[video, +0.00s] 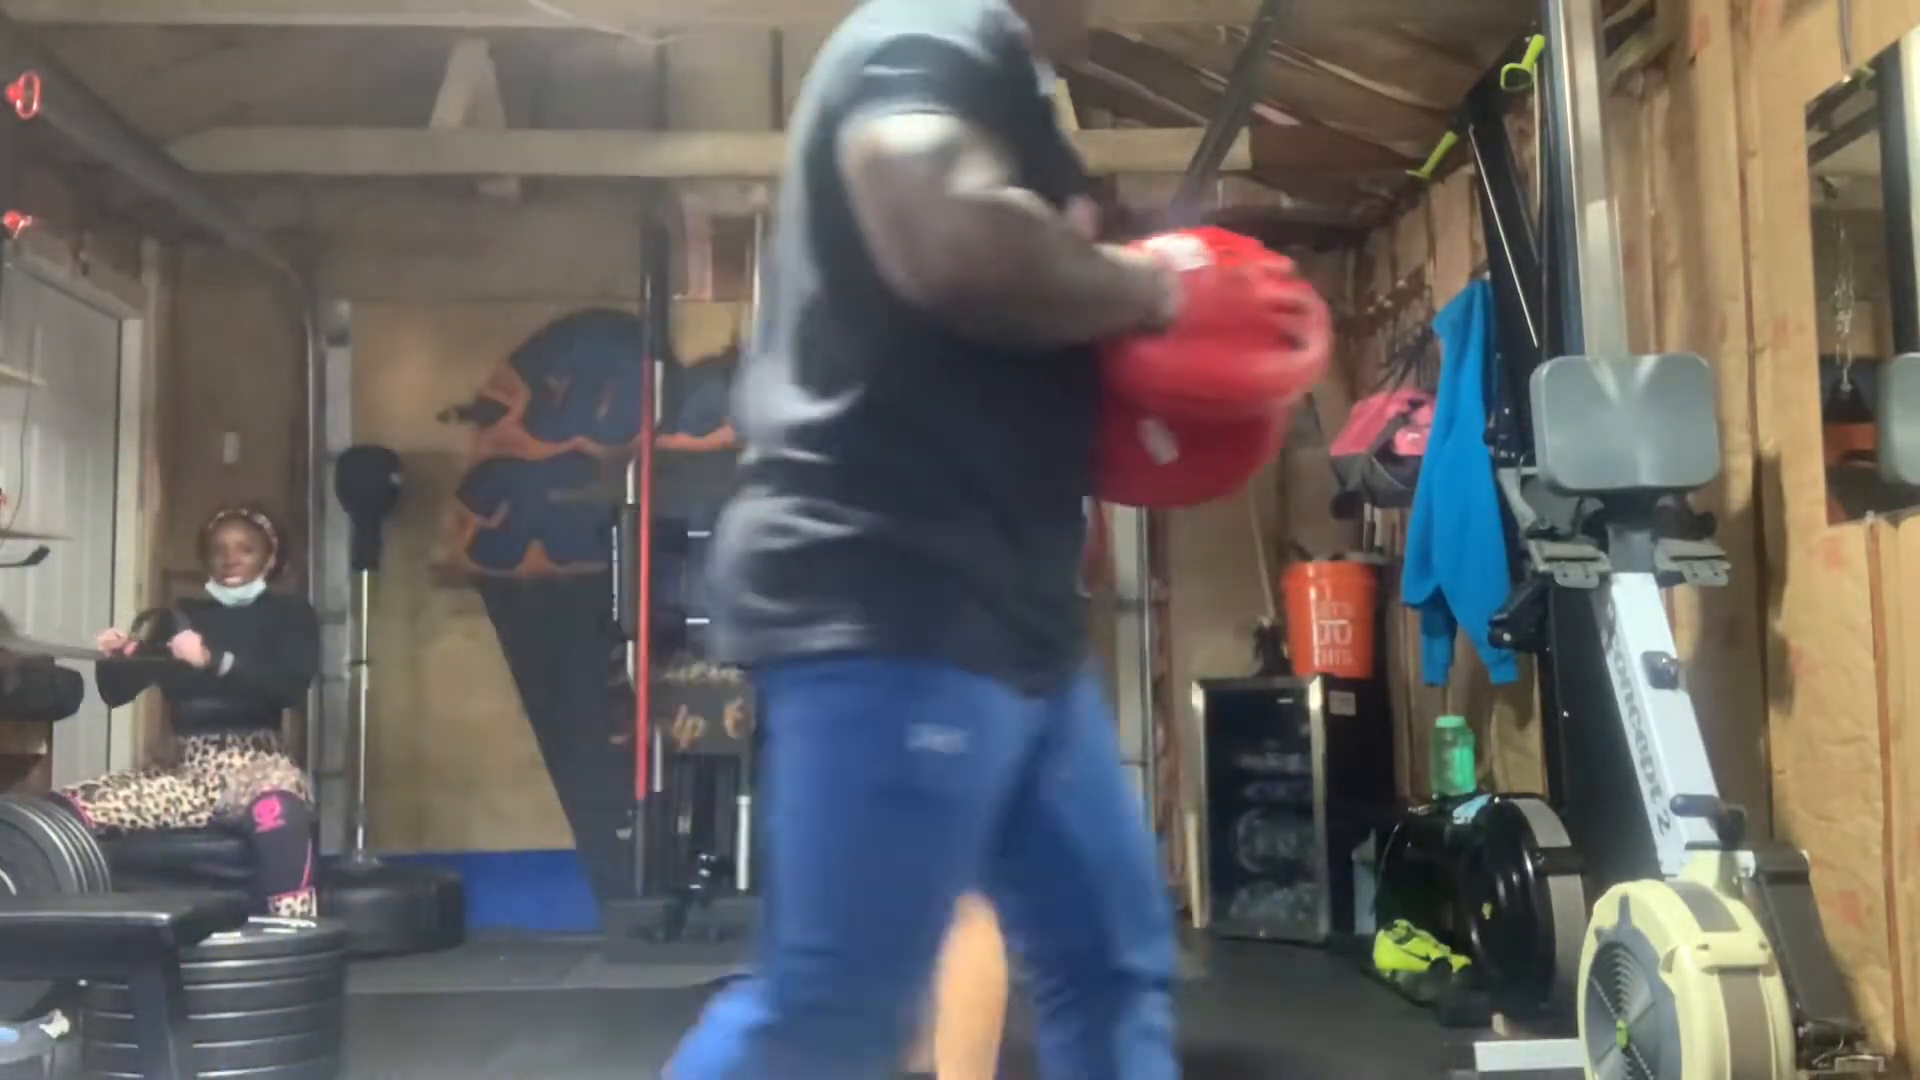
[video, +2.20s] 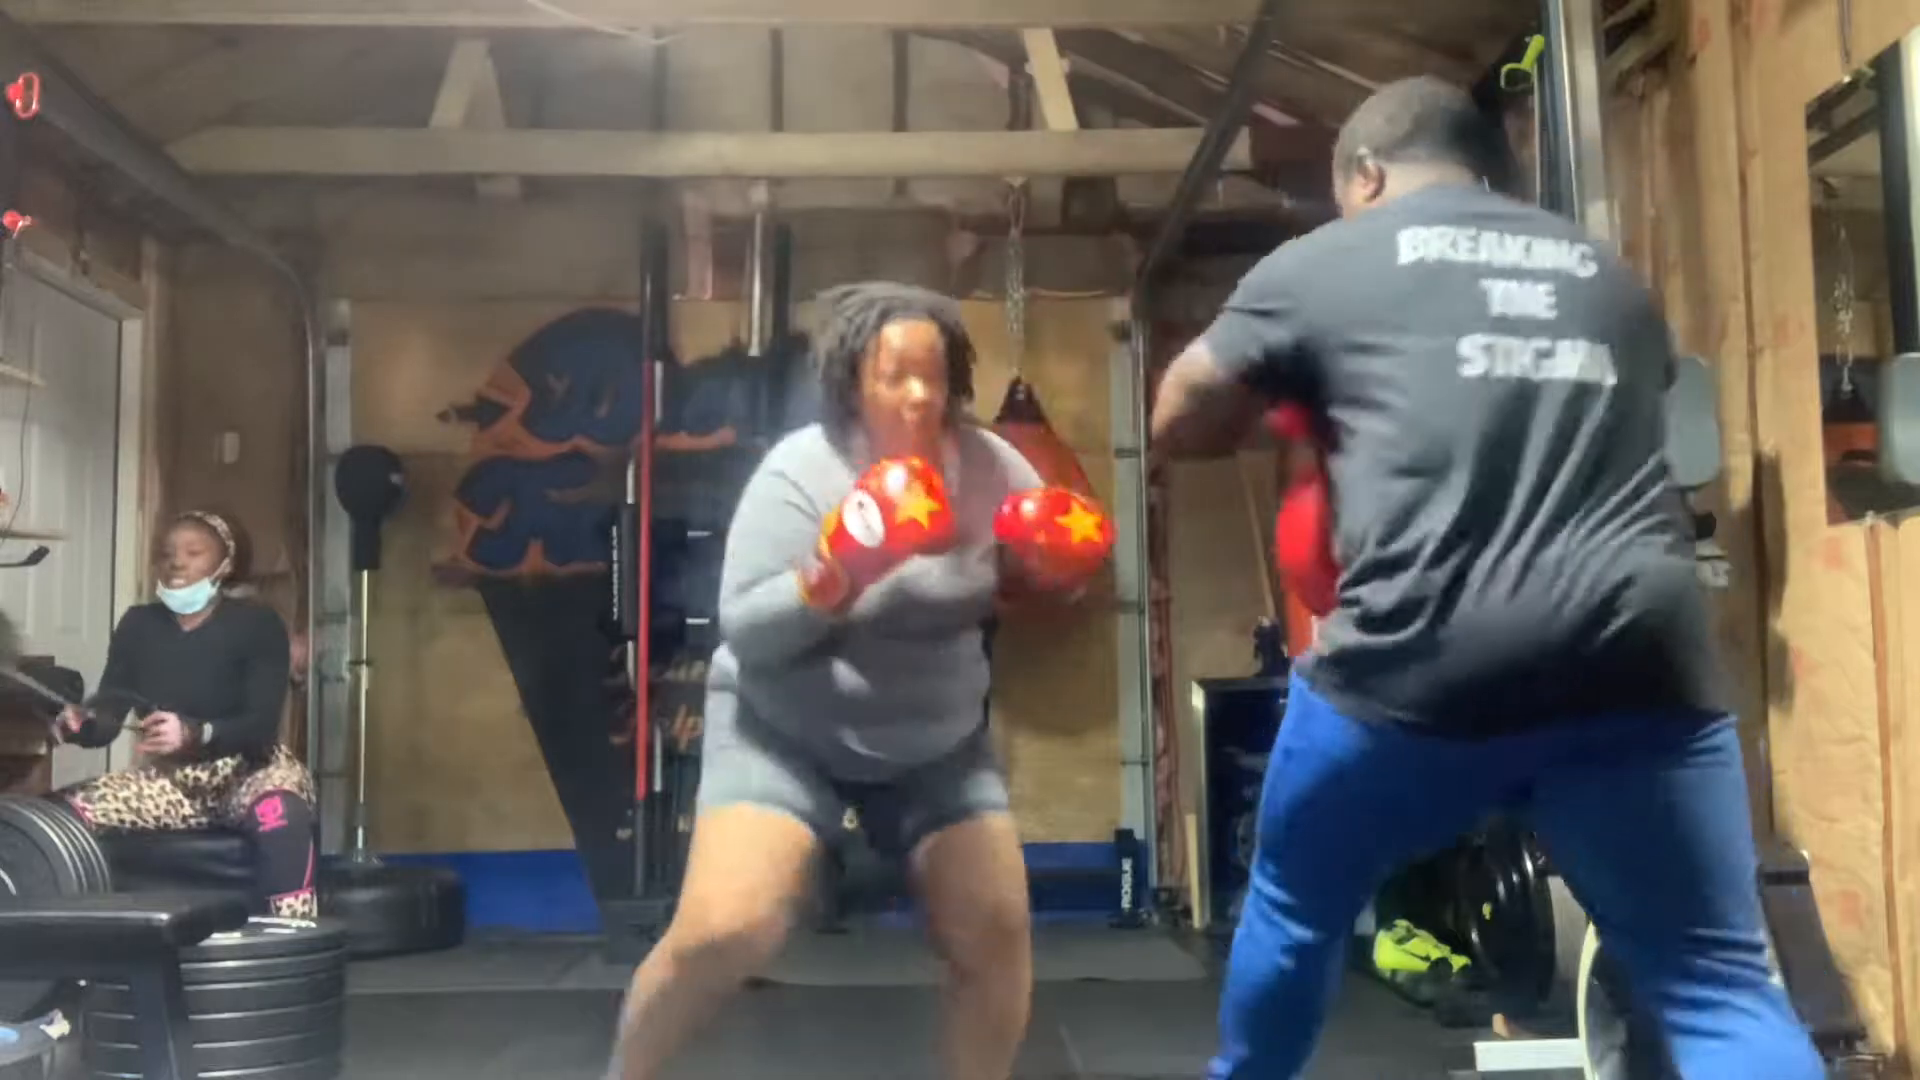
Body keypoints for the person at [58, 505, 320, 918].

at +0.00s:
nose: (231, 559)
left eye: (244, 548)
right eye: (220, 550)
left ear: (269, 560)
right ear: (207, 561)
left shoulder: (289, 613)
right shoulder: (184, 617)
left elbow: (291, 686)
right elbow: (116, 692)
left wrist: (213, 660)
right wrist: (114, 659)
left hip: (258, 767)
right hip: (183, 770)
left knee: (280, 811)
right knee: (67, 810)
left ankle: (294, 944)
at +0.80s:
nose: (184, 556)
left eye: (200, 547)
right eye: (176, 546)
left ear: (228, 558)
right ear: (166, 552)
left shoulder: (256, 611)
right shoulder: (147, 613)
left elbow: (255, 699)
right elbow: (92, 711)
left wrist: (170, 685)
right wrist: (89, 683)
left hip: (246, 771)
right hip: (168, 775)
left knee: (279, 814)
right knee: (57, 813)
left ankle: (296, 945)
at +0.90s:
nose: (174, 558)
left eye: (189, 550)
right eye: (168, 549)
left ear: (219, 563)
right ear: (158, 555)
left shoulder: (250, 622)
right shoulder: (138, 619)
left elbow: (247, 720)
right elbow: (107, 705)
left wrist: (165, 726)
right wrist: (86, 715)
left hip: (243, 773)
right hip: (165, 775)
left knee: (279, 812)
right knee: (61, 813)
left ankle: (295, 944)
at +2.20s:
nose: (176, 562)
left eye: (191, 552)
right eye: (168, 552)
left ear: (222, 566)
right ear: (157, 562)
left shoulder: (258, 624)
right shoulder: (139, 625)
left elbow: (262, 728)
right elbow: (106, 723)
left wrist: (194, 733)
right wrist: (82, 725)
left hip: (246, 778)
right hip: (165, 780)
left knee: (282, 812)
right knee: (63, 815)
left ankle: (294, 949)